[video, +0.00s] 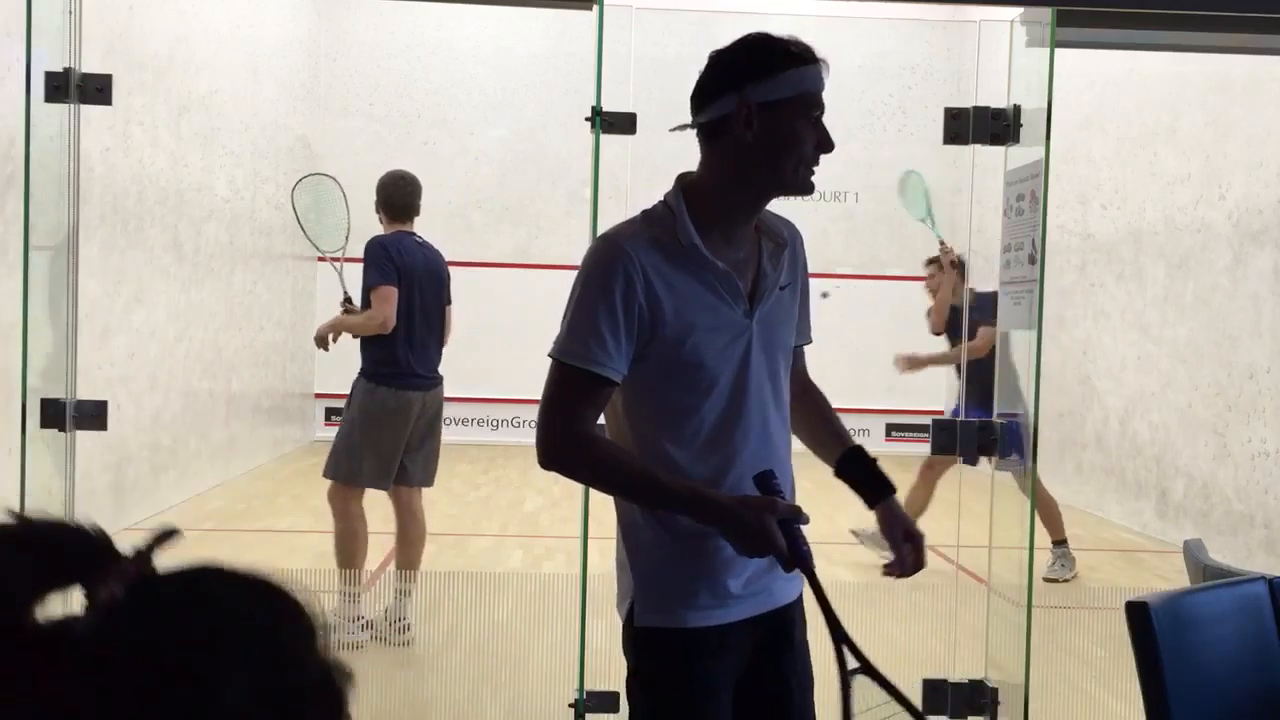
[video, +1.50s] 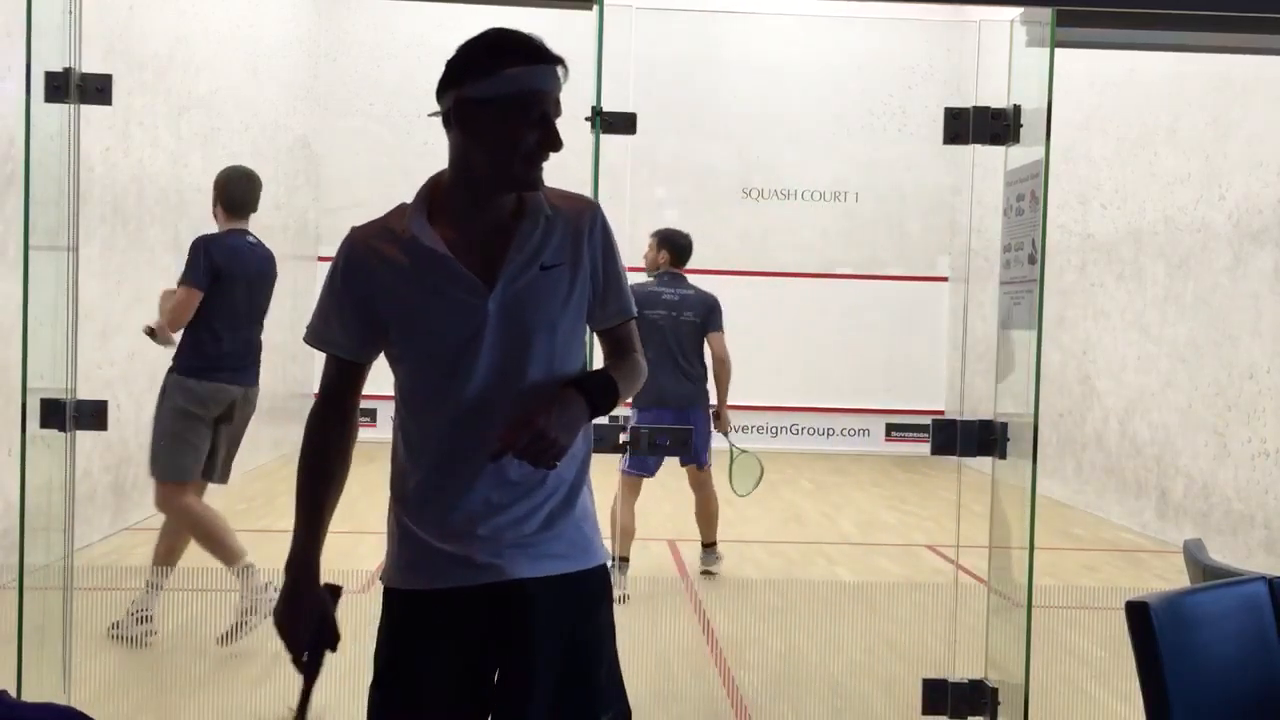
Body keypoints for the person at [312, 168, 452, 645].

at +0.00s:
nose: (378, 213)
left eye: (376, 206)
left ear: (379, 208)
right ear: (418, 209)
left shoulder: (382, 248)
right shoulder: (436, 258)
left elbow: (380, 318)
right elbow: (443, 333)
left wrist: (338, 324)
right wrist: (375, 321)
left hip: (382, 394)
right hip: (427, 395)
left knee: (344, 494)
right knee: (408, 494)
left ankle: (349, 616)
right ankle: (402, 613)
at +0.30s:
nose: (351, 214)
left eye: (347, 206)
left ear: (349, 208)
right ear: (389, 208)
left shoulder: (355, 248)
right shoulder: (411, 257)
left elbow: (356, 320)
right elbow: (431, 330)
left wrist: (313, 325)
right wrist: (380, 328)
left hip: (359, 393)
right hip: (405, 396)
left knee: (311, 490)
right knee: (395, 494)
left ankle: (314, 616)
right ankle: (399, 617)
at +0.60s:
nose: (305, 211)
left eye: (303, 204)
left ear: (305, 206)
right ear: (347, 206)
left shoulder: (315, 250)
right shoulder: (364, 256)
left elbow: (321, 323)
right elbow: (387, 329)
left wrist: (269, 328)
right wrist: (336, 337)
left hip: (316, 396)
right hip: (356, 397)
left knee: (290, 499)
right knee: (348, 491)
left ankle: (294, 628)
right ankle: (391, 609)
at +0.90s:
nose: (254, 203)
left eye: (255, 195)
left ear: (255, 201)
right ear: (298, 203)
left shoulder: (271, 250)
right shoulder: (307, 253)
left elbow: (250, 315)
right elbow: (280, 326)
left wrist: (197, 322)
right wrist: (221, 321)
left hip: (274, 391)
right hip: (295, 388)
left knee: (268, 503)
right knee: (232, 475)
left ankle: (292, 627)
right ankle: (231, 602)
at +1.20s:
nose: (214, 217)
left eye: (217, 210)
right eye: (218, 209)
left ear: (225, 216)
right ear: (255, 219)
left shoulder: (254, 268)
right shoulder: (224, 269)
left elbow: (199, 317)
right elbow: (161, 313)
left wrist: (154, 339)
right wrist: (186, 284)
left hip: (235, 400)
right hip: (218, 398)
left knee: (201, 513)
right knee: (170, 491)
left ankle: (278, 618)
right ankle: (141, 613)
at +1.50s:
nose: (210, 206)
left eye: (212, 199)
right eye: (217, 198)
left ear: (216, 203)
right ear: (255, 206)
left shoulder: (208, 248)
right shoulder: (266, 258)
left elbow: (178, 315)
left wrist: (162, 321)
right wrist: (185, 310)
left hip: (194, 385)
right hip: (241, 391)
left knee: (171, 495)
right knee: (189, 496)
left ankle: (255, 583)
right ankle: (145, 607)